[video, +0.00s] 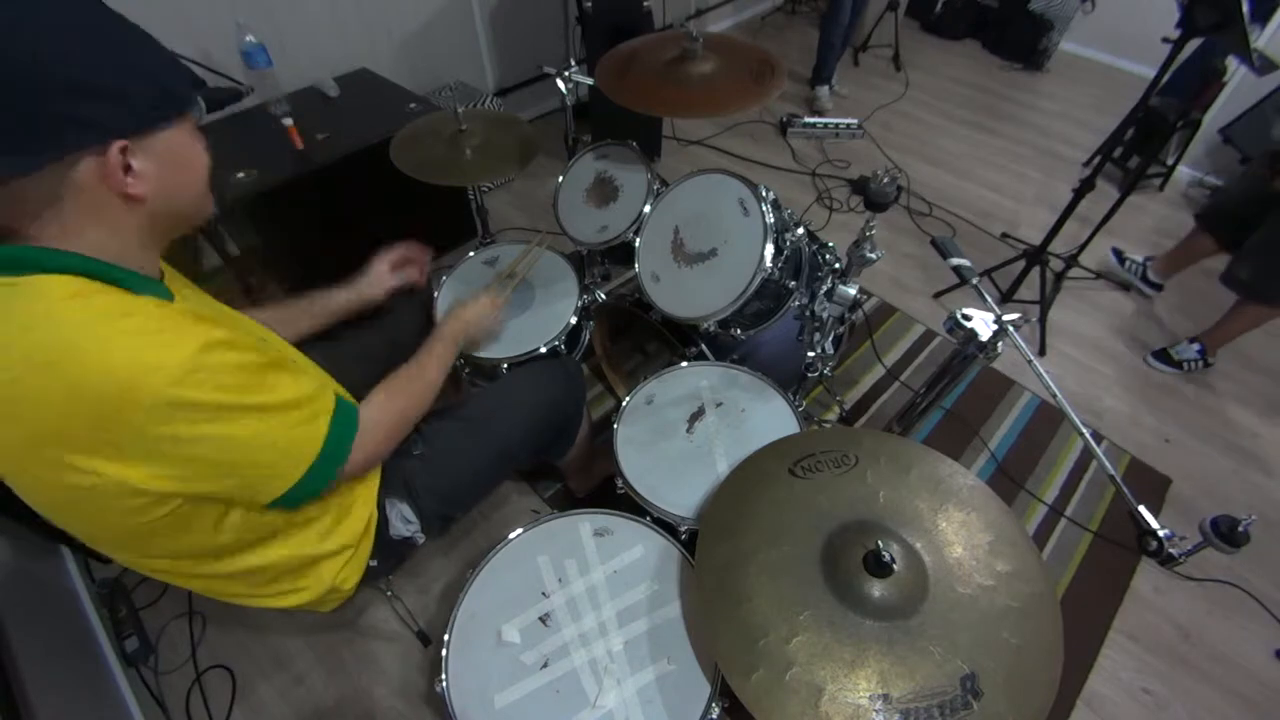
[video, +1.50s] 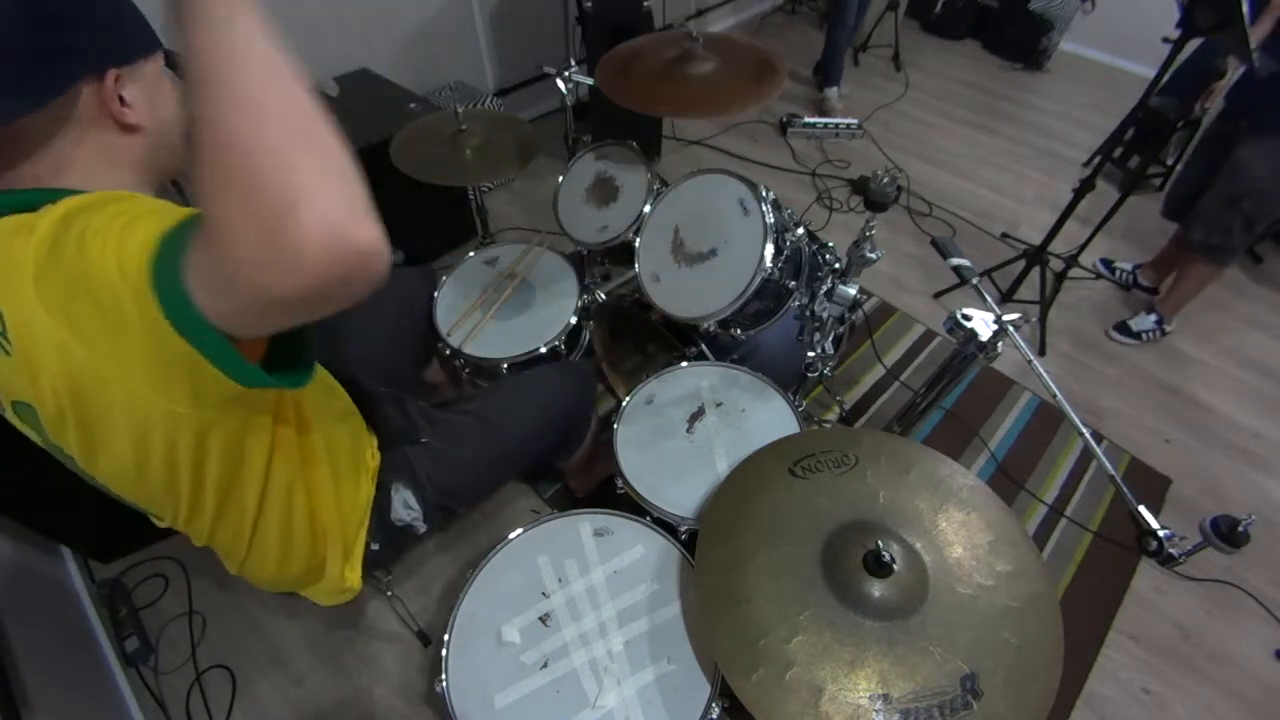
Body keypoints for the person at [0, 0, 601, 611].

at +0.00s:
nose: (205, 146)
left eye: (194, 123)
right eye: (190, 128)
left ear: (119, 171)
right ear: (127, 168)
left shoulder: (40, 274)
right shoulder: (162, 369)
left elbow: (210, 338)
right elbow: (354, 446)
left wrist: (356, 296)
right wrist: (451, 337)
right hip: (337, 526)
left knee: (421, 305)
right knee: (559, 377)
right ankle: (573, 476)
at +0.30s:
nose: (178, 105)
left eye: (162, 84)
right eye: (157, 87)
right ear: (115, 126)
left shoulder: (20, 267)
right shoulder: (192, 318)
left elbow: (194, 356)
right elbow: (348, 433)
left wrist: (361, 336)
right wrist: (445, 352)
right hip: (337, 519)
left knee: (402, 281)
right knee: (563, 369)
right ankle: (582, 474)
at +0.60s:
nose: (184, 100)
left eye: (170, 76)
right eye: (164, 78)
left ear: (111, 113)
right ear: (116, 112)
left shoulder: (21, 254)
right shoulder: (182, 328)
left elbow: (200, 356)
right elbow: (346, 465)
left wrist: (363, 327)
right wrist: (441, 377)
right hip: (339, 527)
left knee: (401, 278)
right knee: (556, 361)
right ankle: (572, 470)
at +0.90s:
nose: (179, 97)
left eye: (164, 73)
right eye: (159, 76)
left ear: (19, 135)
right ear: (112, 107)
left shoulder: (19, 254)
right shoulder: (164, 315)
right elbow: (384, 502)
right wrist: (551, 352)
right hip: (336, 540)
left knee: (402, 287)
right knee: (551, 376)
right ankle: (573, 468)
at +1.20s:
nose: (179, 100)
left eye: (164, 75)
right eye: (160, 76)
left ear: (31, 121)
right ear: (115, 104)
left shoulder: (24, 263)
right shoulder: (113, 275)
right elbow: (424, 347)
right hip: (350, 515)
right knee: (565, 377)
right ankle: (583, 486)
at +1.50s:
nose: (183, 101)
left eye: (177, 74)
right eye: (170, 75)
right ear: (118, 98)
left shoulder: (25, 238)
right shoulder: (98, 253)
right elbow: (333, 250)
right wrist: (212, 0)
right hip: (347, 508)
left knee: (420, 280)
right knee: (569, 378)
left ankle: (420, 396)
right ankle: (582, 476)